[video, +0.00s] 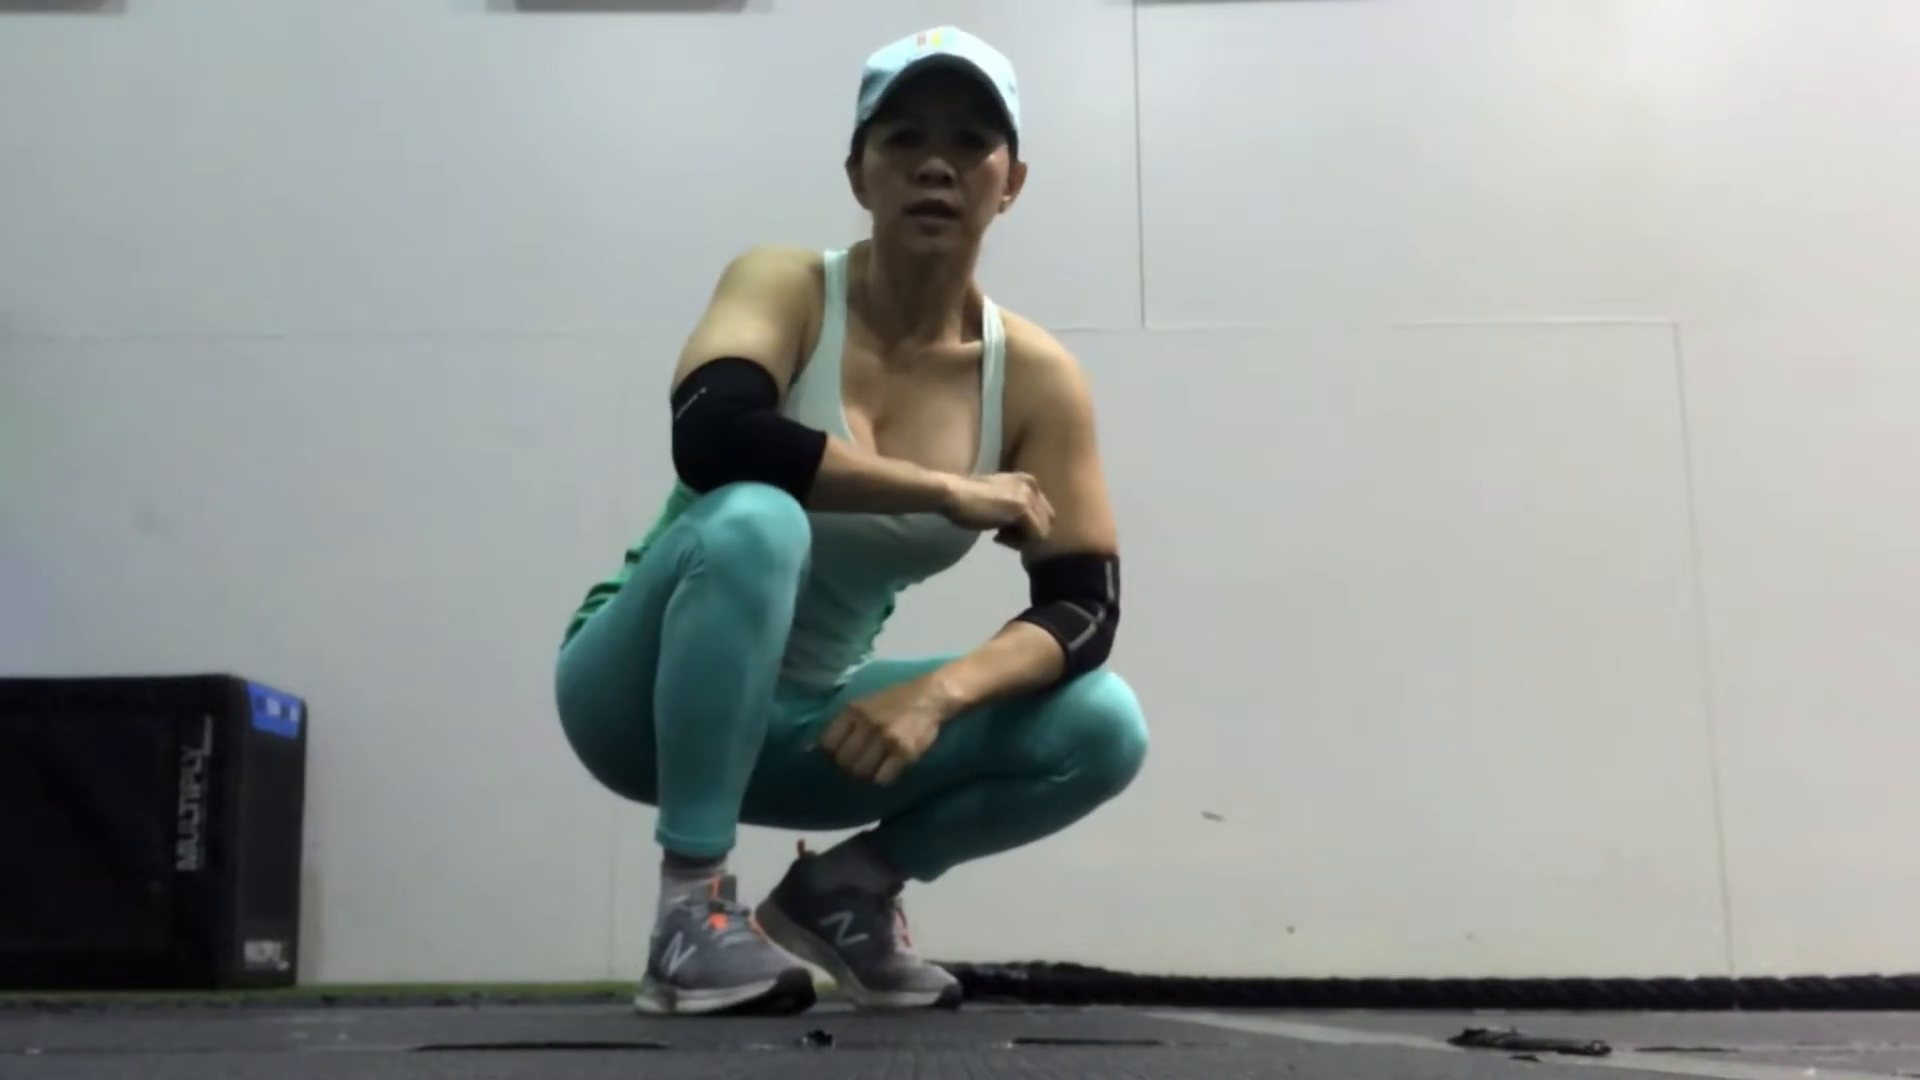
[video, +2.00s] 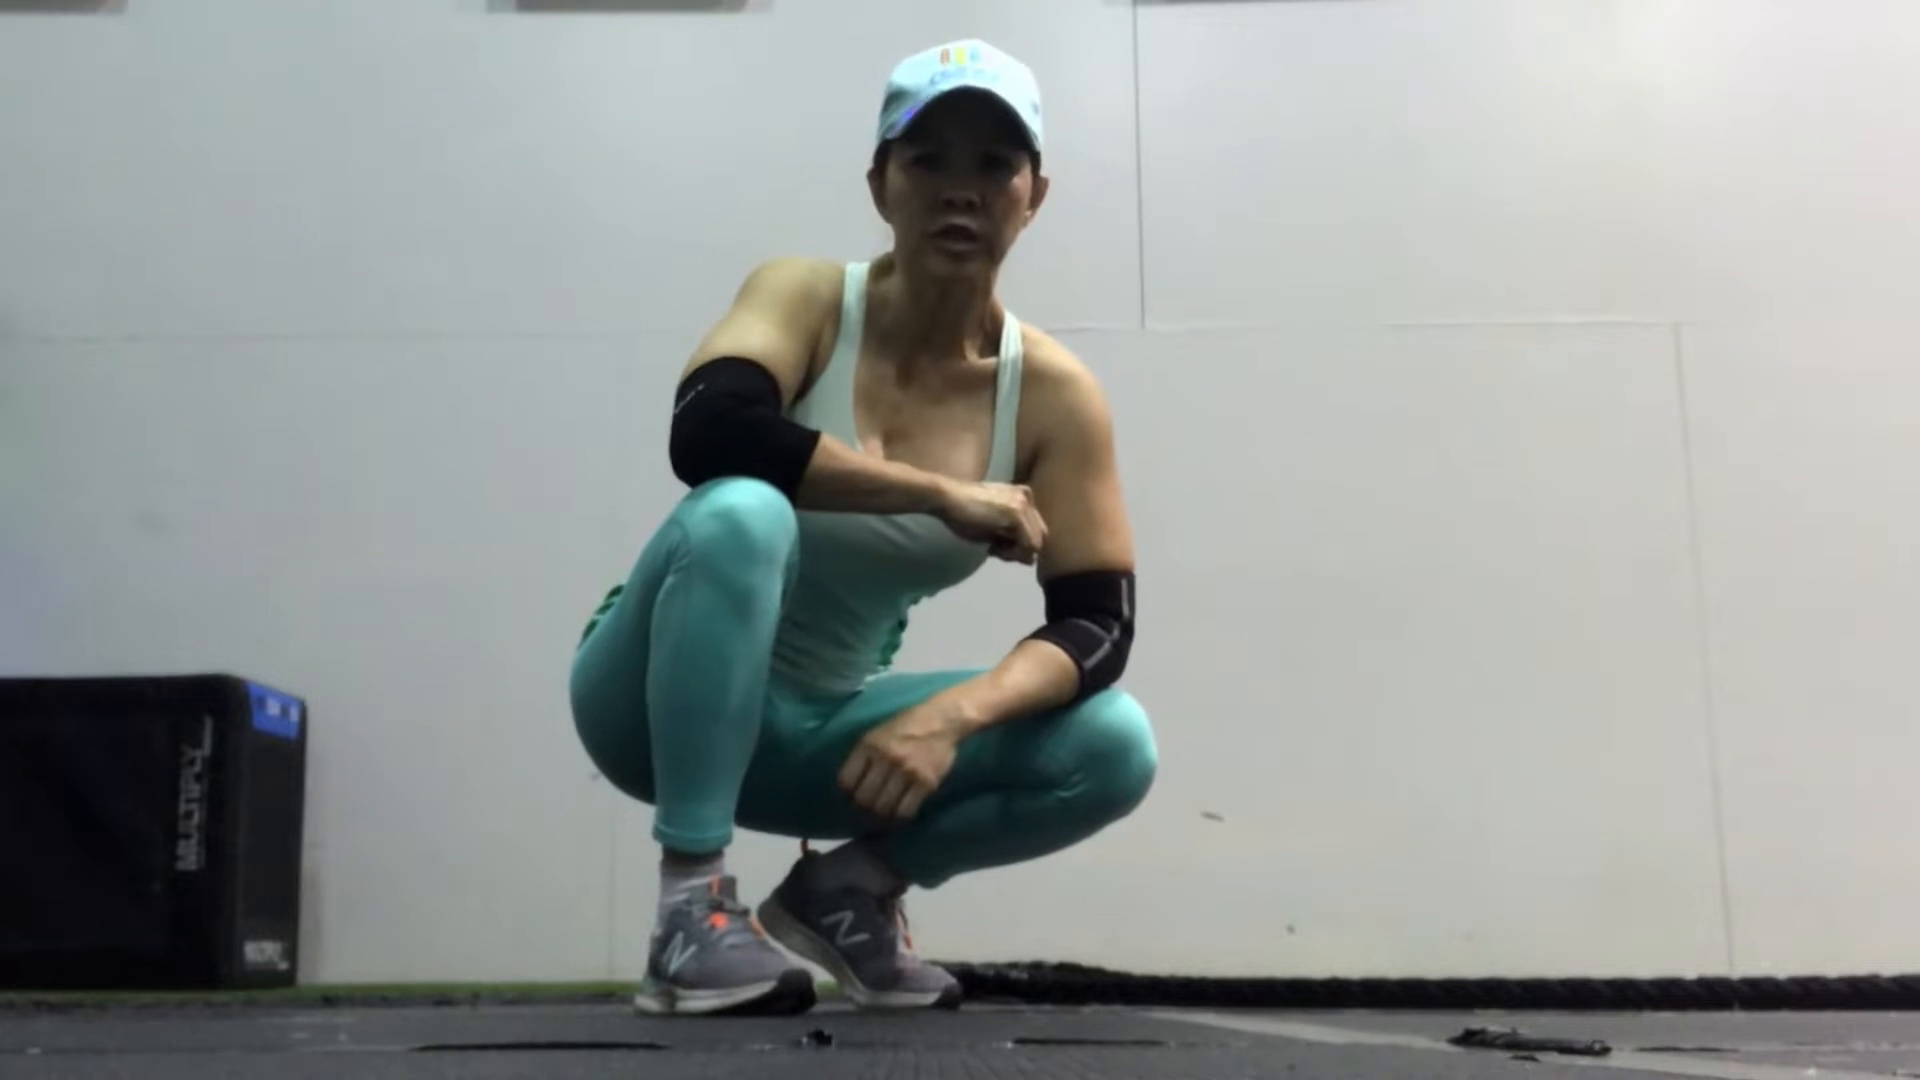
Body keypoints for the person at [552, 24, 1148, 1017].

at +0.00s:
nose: (936, 163)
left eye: (968, 141)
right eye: (906, 138)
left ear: (1010, 182)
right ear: (860, 171)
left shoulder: (1034, 377)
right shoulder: (780, 287)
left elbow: (1082, 609)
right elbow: (715, 438)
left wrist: (936, 691)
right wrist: (949, 493)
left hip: (813, 722)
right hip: (643, 694)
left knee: (1101, 727)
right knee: (756, 526)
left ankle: (841, 888)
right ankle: (692, 911)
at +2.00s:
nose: (960, 189)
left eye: (993, 163)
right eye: (929, 159)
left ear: (1034, 195)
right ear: (881, 182)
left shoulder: (1054, 394)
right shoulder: (800, 298)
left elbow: (1094, 627)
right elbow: (711, 436)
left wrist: (951, 712)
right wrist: (942, 497)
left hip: (829, 732)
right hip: (666, 699)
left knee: (1112, 748)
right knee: (741, 516)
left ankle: (845, 888)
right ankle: (692, 909)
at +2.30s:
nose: (956, 186)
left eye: (988, 163)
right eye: (927, 157)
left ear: (1030, 197)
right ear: (879, 182)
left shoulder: (1049, 393)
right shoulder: (798, 297)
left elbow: (1091, 626)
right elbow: (715, 435)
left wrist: (946, 713)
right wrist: (944, 496)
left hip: (830, 733)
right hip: (667, 700)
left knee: (1109, 747)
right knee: (747, 517)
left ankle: (842, 889)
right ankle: (692, 909)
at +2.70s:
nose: (961, 182)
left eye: (994, 162)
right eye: (933, 153)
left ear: (1029, 205)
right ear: (881, 183)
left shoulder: (1049, 392)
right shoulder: (800, 294)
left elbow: (1093, 621)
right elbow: (710, 435)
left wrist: (970, 710)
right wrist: (939, 493)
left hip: (822, 736)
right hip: (663, 702)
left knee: (1113, 742)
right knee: (743, 517)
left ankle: (840, 891)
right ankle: (691, 912)